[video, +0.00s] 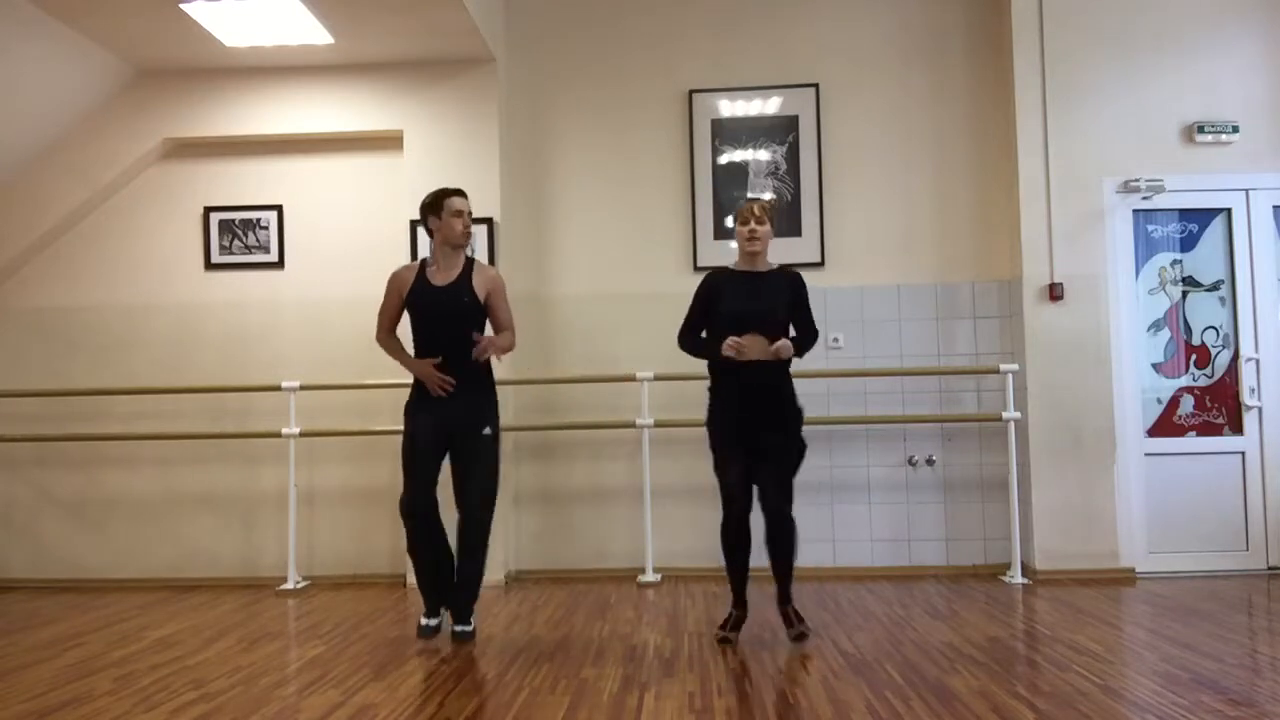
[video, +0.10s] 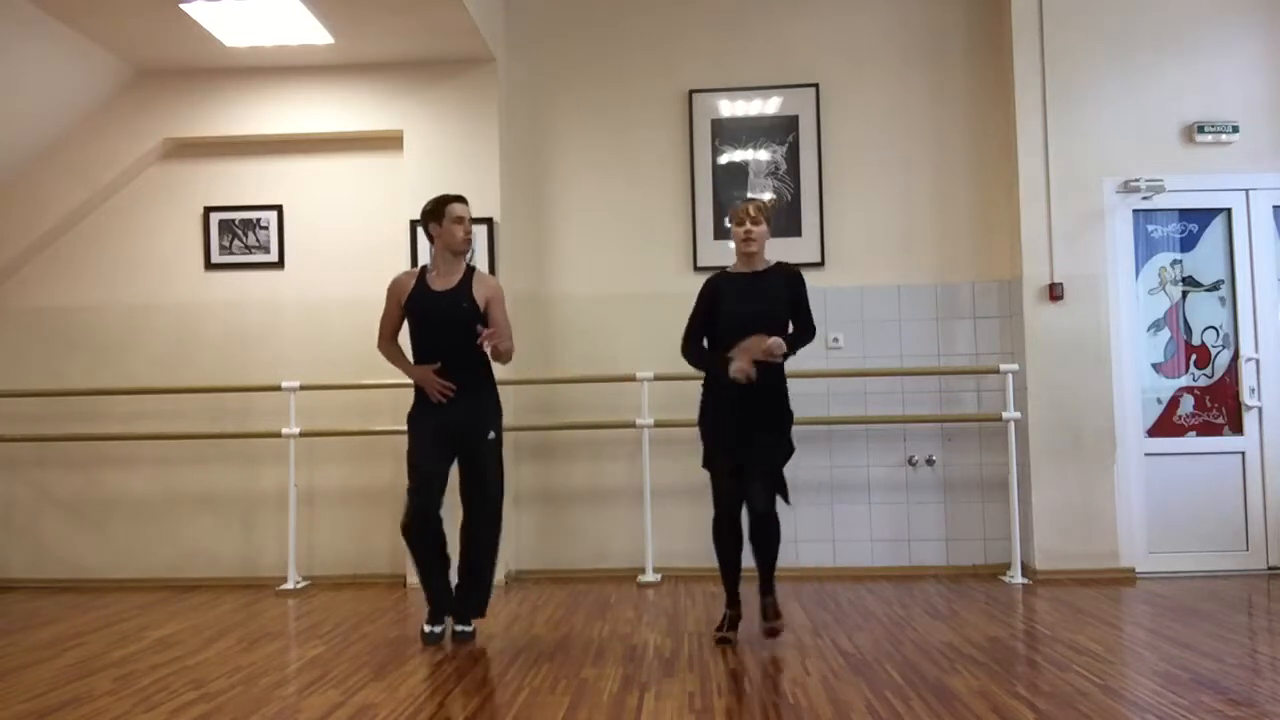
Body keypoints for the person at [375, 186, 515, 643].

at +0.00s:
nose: (466, 222)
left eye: (468, 216)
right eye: (456, 215)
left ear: (470, 224)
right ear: (432, 224)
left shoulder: (487, 278)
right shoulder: (405, 279)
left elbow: (507, 336)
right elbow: (384, 334)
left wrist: (494, 344)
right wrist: (413, 365)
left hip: (476, 405)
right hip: (427, 404)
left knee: (476, 509)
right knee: (416, 502)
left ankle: (464, 608)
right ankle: (434, 599)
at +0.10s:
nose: (466, 229)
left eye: (469, 223)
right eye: (457, 222)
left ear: (471, 230)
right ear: (433, 230)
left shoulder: (486, 287)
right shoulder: (405, 286)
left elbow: (505, 354)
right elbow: (385, 341)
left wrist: (497, 344)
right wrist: (413, 372)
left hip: (480, 410)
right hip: (430, 411)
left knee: (483, 513)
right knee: (420, 514)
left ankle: (466, 611)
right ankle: (438, 605)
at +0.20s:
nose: (466, 229)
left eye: (469, 222)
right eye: (457, 222)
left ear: (471, 230)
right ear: (433, 229)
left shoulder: (487, 285)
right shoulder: (406, 287)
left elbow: (503, 354)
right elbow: (385, 345)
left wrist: (500, 340)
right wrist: (415, 371)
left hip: (478, 408)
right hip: (429, 409)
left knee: (480, 513)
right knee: (425, 512)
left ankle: (466, 609)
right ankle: (438, 604)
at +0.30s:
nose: (468, 222)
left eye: (470, 215)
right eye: (458, 215)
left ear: (472, 222)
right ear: (434, 223)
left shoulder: (490, 274)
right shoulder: (407, 279)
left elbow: (506, 340)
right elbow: (381, 333)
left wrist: (511, 330)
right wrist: (413, 359)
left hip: (472, 403)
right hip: (424, 403)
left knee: (469, 511)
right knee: (423, 512)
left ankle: (464, 611)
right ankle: (433, 614)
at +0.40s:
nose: (469, 223)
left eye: (471, 216)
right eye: (460, 216)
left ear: (472, 224)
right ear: (435, 224)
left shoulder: (490, 276)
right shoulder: (408, 282)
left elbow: (510, 339)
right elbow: (381, 337)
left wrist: (516, 329)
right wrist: (412, 361)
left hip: (469, 403)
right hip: (423, 404)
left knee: (465, 508)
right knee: (424, 507)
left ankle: (459, 611)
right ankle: (433, 613)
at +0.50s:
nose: (470, 222)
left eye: (472, 215)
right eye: (461, 215)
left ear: (473, 223)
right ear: (436, 223)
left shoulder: (489, 276)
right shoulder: (407, 281)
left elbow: (508, 340)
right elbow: (381, 338)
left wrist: (518, 329)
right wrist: (413, 362)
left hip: (469, 401)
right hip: (423, 403)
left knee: (466, 507)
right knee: (424, 506)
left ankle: (461, 611)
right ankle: (437, 612)